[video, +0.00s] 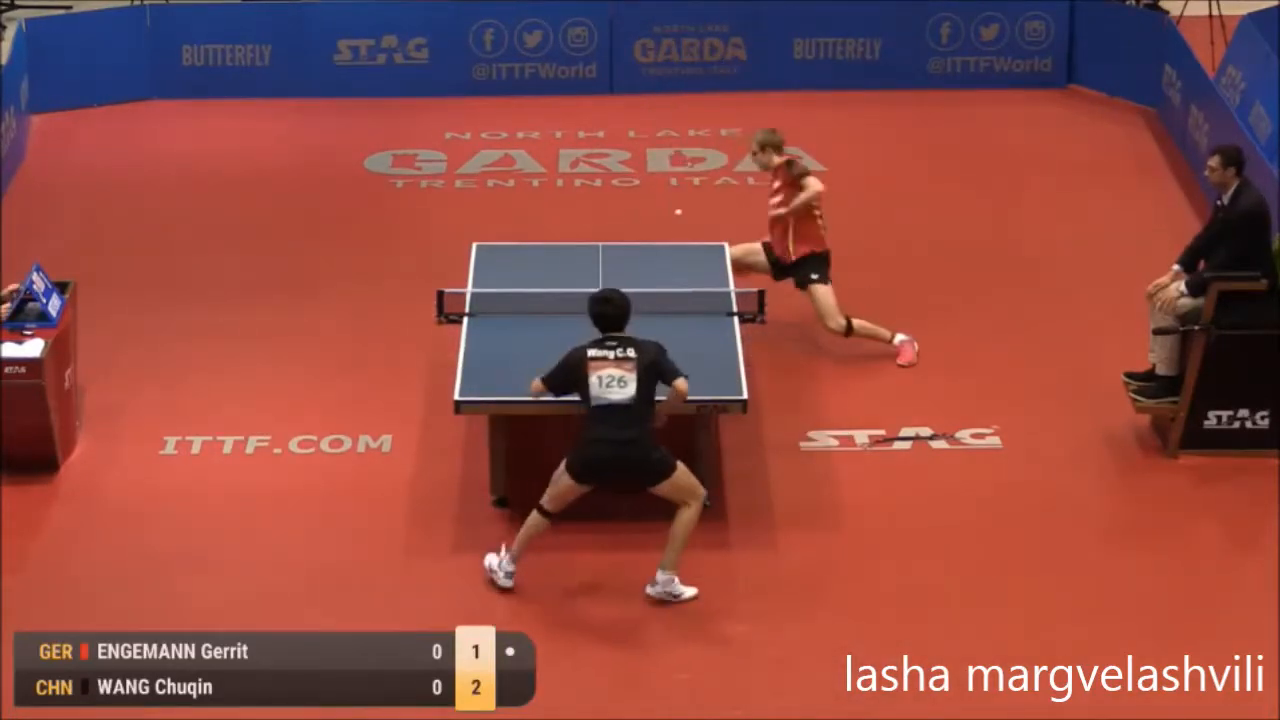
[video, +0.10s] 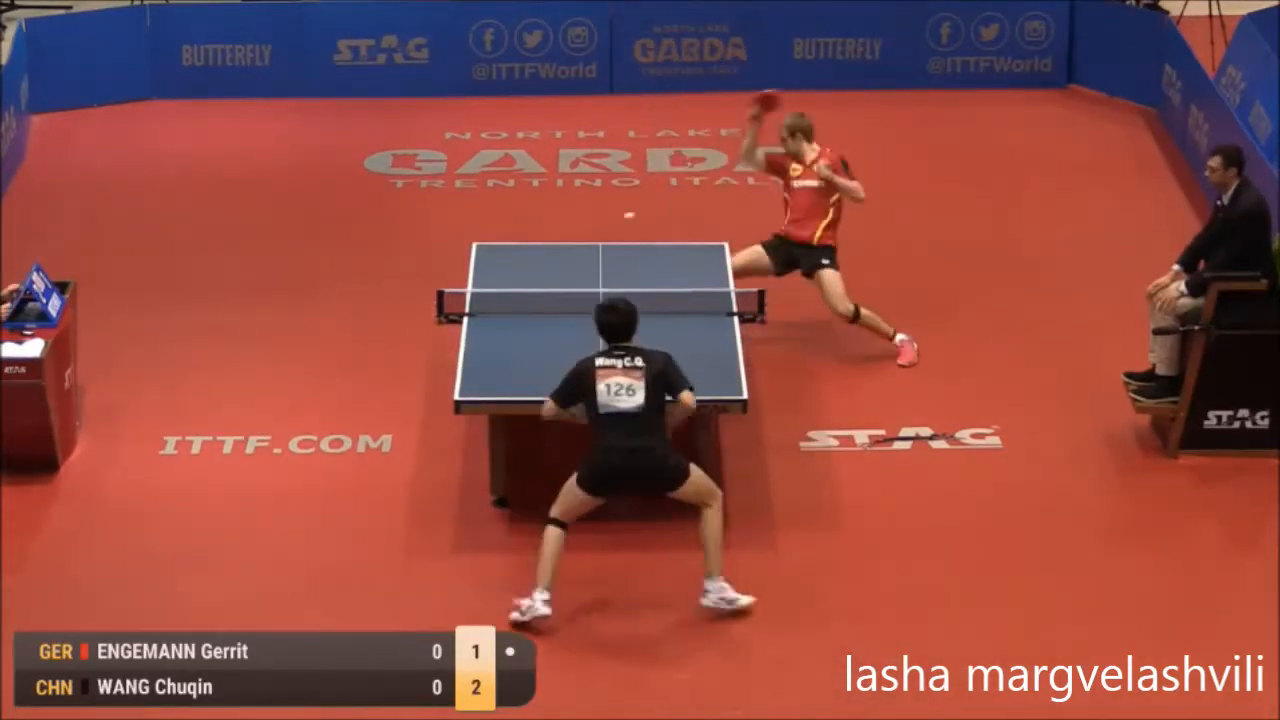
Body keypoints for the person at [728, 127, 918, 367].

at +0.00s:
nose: (753, 159)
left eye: (755, 153)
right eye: (752, 154)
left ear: (767, 150)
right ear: (769, 151)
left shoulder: (791, 167)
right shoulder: (778, 175)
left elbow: (816, 189)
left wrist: (786, 211)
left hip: (809, 257)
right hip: (781, 253)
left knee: (835, 323)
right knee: (727, 257)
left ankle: (899, 340)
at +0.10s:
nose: (784, 145)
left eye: (786, 139)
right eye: (783, 140)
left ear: (799, 136)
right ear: (793, 138)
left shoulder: (832, 160)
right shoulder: (788, 164)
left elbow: (858, 195)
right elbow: (748, 158)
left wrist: (831, 177)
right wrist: (755, 124)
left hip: (818, 249)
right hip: (785, 244)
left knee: (843, 309)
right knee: (726, 268)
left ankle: (900, 340)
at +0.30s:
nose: (792, 108)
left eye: (797, 103)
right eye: (791, 103)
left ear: (815, 101)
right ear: (791, 102)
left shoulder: (840, 132)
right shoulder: (788, 124)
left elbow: (857, 161)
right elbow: (749, 131)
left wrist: (854, 172)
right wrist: (759, 99)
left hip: (820, 212)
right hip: (782, 208)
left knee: (853, 268)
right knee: (731, 253)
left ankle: (886, 328)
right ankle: (709, 314)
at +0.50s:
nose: (778, 106)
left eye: (783, 101)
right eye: (776, 100)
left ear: (799, 102)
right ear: (774, 101)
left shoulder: (823, 127)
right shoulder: (770, 130)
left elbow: (841, 149)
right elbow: (738, 161)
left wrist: (834, 171)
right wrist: (727, 146)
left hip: (815, 201)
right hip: (778, 202)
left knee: (845, 255)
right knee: (740, 257)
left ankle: (870, 320)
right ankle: (727, 310)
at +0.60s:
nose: (765, 91)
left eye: (771, 86)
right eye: (764, 85)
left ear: (787, 87)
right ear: (763, 86)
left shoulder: (812, 113)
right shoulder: (761, 115)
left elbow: (836, 139)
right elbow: (745, 149)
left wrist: (813, 159)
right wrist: (729, 153)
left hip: (809, 187)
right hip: (772, 186)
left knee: (836, 246)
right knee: (734, 237)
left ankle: (862, 310)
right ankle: (727, 296)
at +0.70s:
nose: (756, 71)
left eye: (762, 66)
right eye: (754, 66)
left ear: (777, 68)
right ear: (754, 68)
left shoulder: (802, 97)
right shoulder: (758, 98)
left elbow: (824, 131)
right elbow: (760, 134)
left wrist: (791, 147)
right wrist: (735, 161)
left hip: (807, 170)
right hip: (773, 168)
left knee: (818, 234)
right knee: (737, 223)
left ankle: (842, 296)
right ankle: (725, 284)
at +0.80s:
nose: (751, 68)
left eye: (757, 63)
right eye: (750, 63)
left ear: (772, 64)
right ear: (751, 65)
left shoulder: (797, 94)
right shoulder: (758, 96)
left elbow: (819, 132)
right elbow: (762, 134)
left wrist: (782, 145)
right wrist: (741, 160)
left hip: (803, 173)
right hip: (772, 170)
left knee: (808, 239)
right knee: (736, 220)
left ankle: (837, 296)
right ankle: (740, 273)